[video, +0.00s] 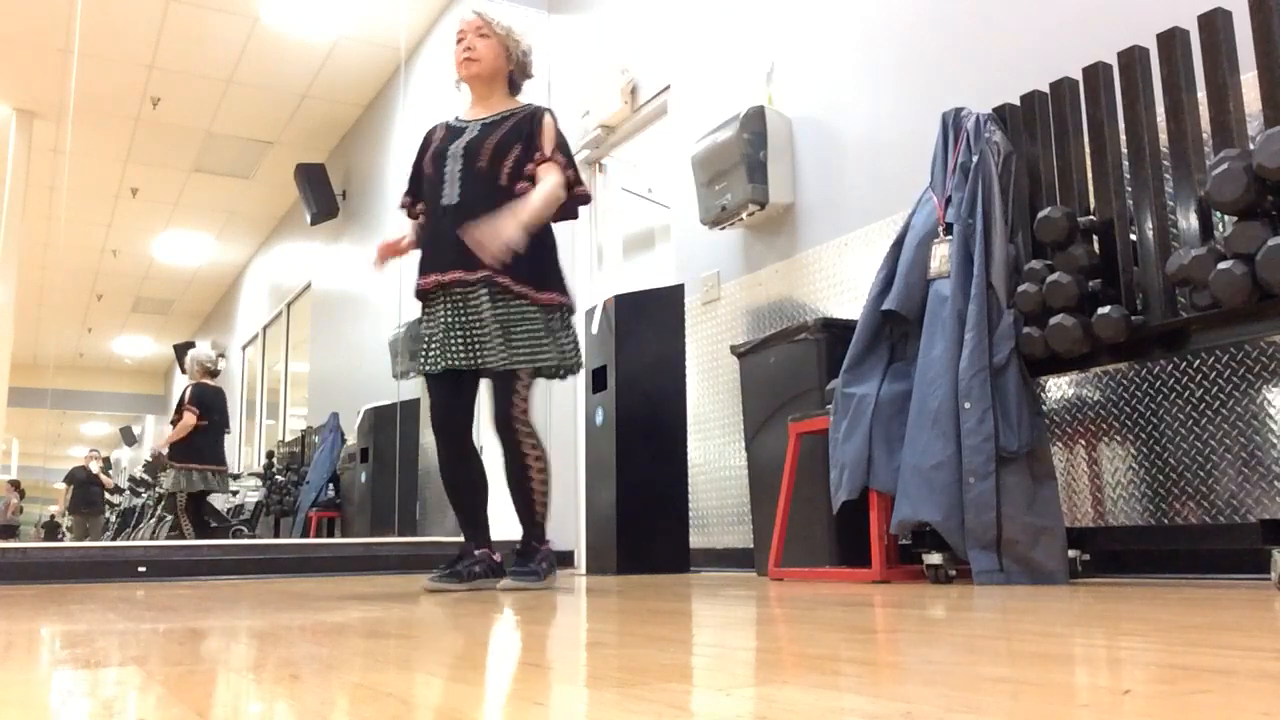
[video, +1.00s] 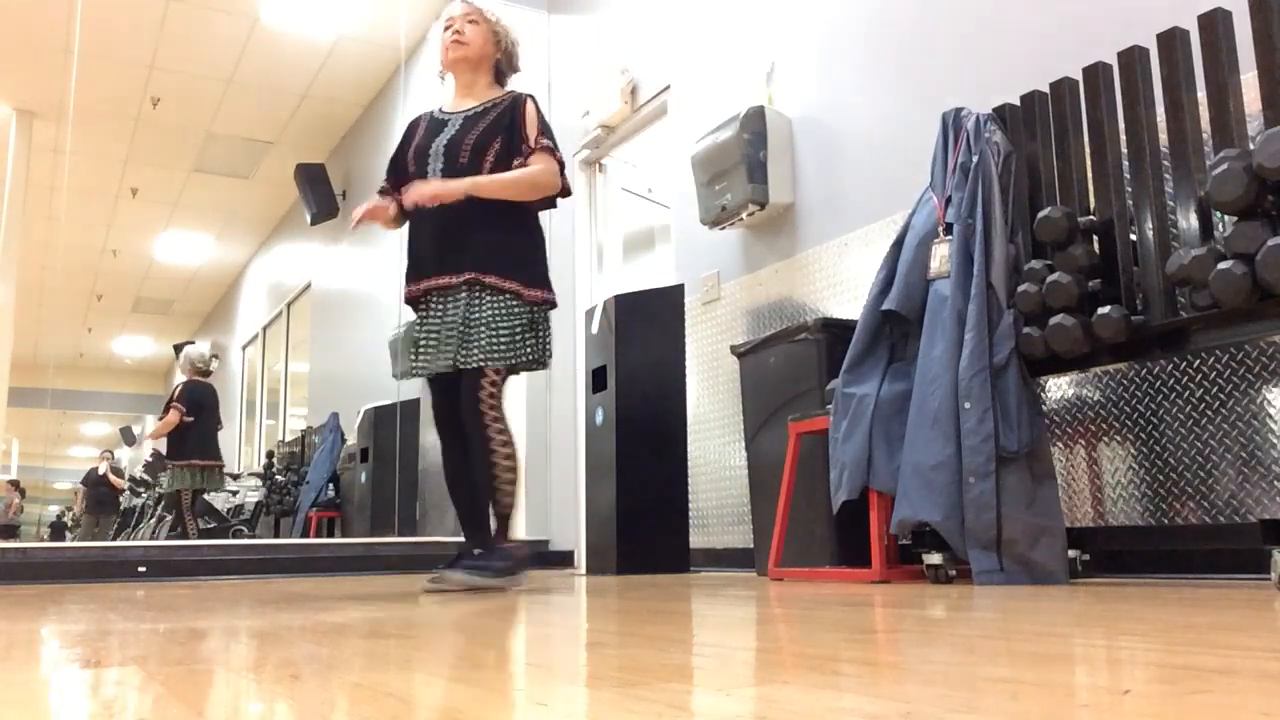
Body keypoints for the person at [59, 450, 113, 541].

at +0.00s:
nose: (93, 460)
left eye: (96, 458)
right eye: (90, 457)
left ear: (100, 460)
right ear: (85, 458)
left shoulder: (103, 472)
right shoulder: (76, 471)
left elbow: (111, 486)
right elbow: (64, 488)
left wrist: (99, 473)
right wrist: (61, 506)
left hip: (96, 512)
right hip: (78, 512)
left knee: (96, 540)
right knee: (78, 540)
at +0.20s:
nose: (96, 460)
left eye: (99, 458)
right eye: (94, 457)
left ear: (103, 460)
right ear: (89, 458)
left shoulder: (107, 473)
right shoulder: (80, 471)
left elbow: (114, 486)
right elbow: (69, 487)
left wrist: (102, 473)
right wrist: (67, 504)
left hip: (99, 512)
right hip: (81, 511)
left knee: (97, 540)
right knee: (78, 539)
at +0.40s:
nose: (101, 460)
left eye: (104, 458)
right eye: (98, 457)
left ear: (107, 460)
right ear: (94, 458)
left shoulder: (110, 471)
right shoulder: (85, 470)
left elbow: (117, 485)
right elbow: (74, 487)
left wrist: (106, 473)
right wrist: (72, 505)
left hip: (104, 512)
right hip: (85, 511)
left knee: (98, 539)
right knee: (81, 538)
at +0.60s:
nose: (103, 460)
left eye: (106, 458)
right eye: (101, 458)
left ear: (110, 460)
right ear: (97, 458)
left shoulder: (114, 471)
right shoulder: (88, 471)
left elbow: (120, 485)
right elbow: (78, 488)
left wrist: (108, 474)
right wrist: (74, 506)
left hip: (106, 512)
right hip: (88, 511)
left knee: (101, 540)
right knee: (84, 538)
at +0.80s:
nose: (105, 461)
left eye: (108, 459)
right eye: (102, 458)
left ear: (112, 460)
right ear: (99, 459)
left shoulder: (116, 471)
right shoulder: (91, 471)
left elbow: (121, 485)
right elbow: (81, 489)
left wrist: (109, 474)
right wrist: (77, 506)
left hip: (108, 512)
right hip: (90, 511)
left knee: (102, 540)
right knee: (85, 538)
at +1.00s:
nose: (105, 461)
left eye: (108, 459)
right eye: (103, 458)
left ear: (112, 460)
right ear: (99, 459)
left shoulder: (117, 471)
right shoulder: (92, 471)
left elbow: (122, 485)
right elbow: (82, 489)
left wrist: (109, 473)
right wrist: (79, 505)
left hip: (108, 512)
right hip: (90, 511)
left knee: (101, 540)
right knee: (83, 538)